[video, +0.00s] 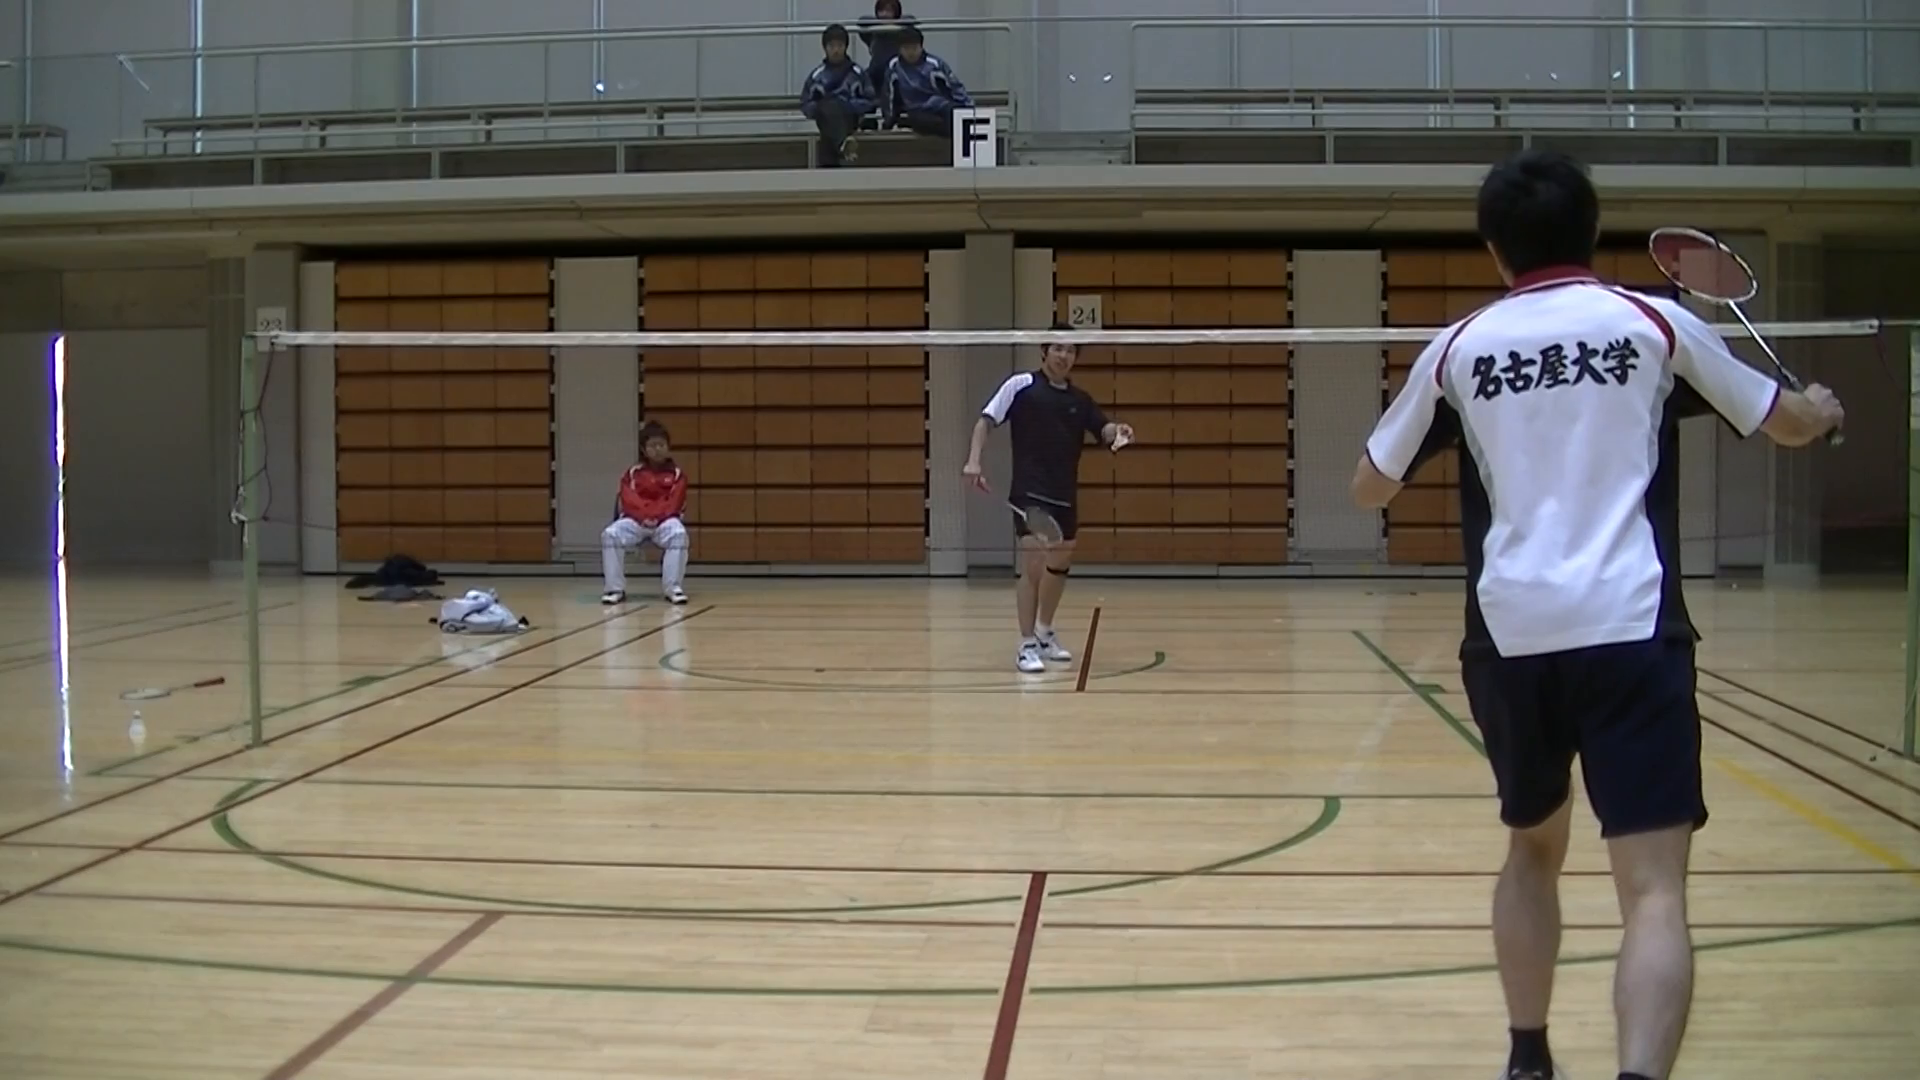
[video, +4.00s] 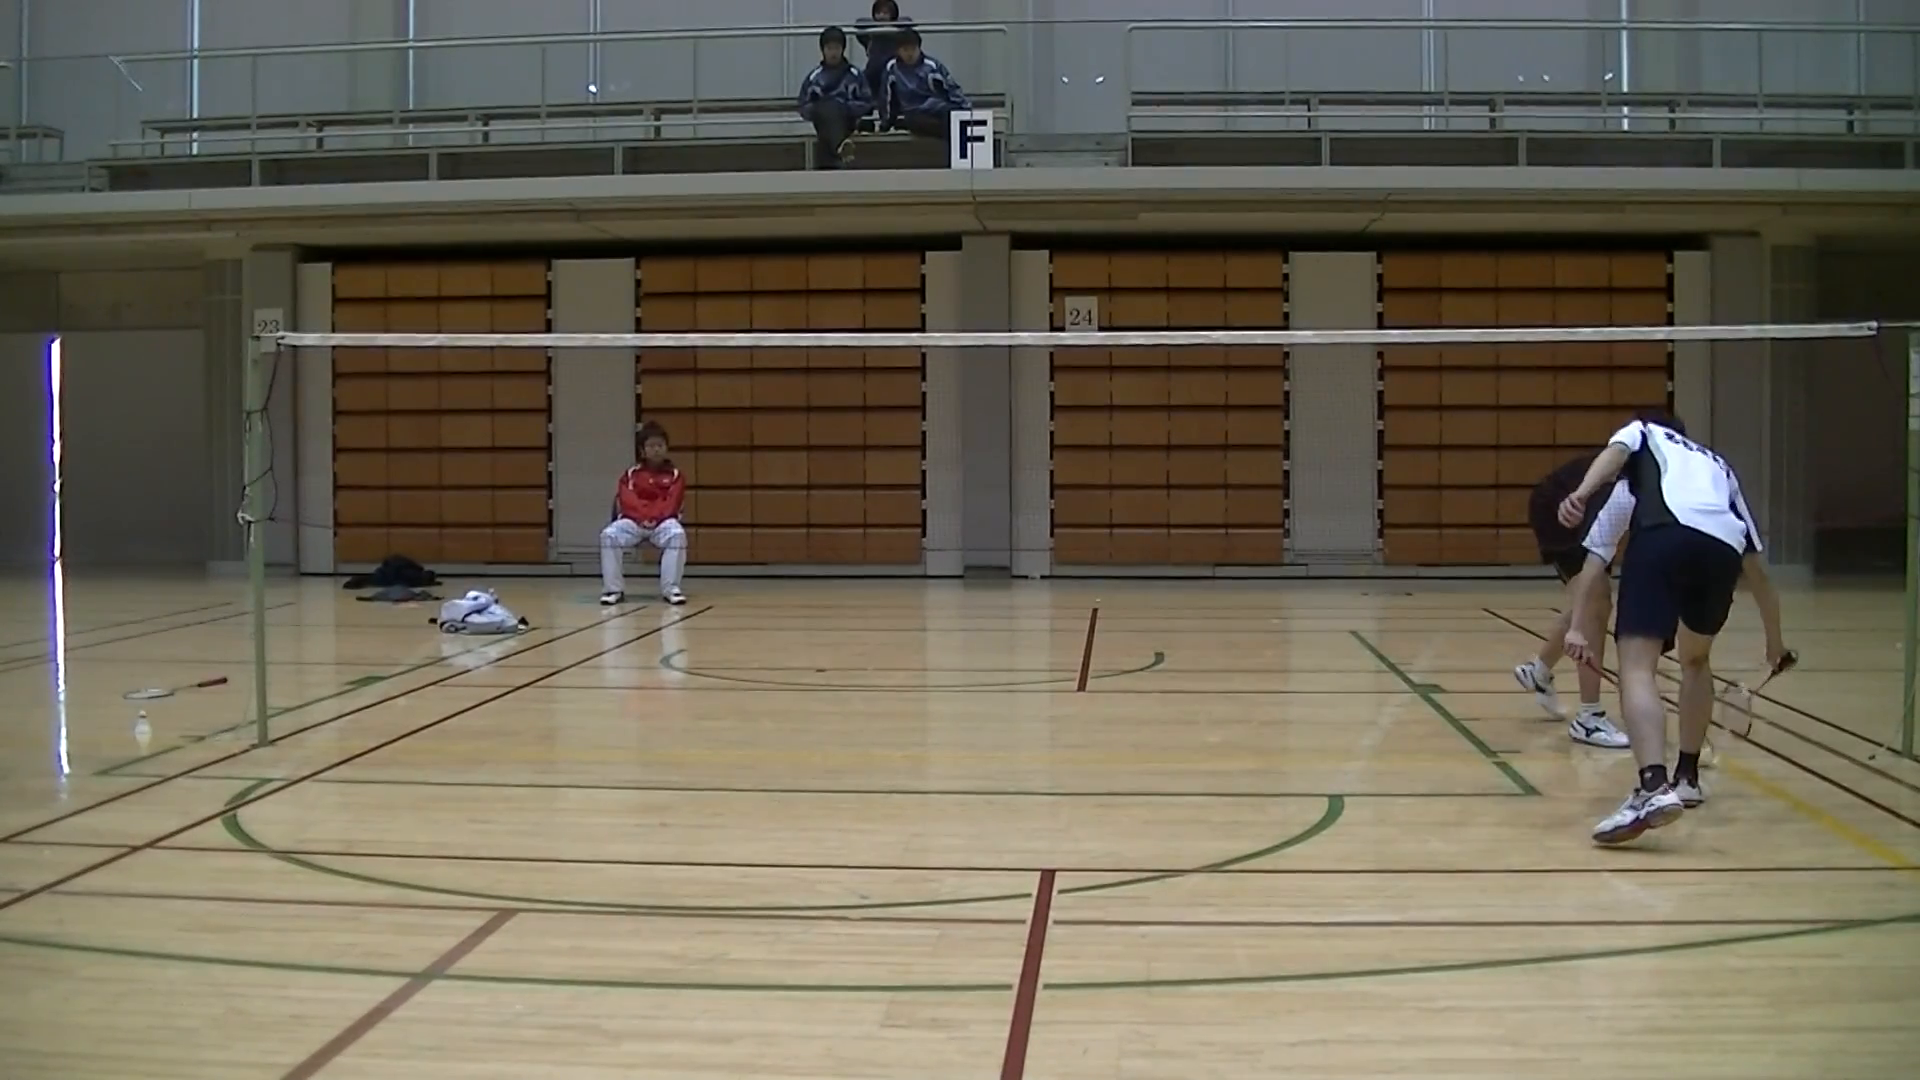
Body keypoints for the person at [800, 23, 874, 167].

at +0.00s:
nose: (836, 50)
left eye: (840, 45)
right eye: (831, 46)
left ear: (846, 47)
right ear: (825, 48)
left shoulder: (858, 73)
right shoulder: (816, 75)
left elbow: (870, 102)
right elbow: (806, 106)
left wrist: (846, 105)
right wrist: (822, 106)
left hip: (851, 117)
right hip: (823, 118)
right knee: (830, 104)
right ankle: (842, 143)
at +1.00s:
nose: (835, 50)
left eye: (839, 45)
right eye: (830, 45)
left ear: (845, 46)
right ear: (824, 47)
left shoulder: (857, 73)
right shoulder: (815, 75)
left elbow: (868, 102)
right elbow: (805, 107)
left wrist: (843, 104)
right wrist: (823, 105)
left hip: (850, 119)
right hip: (823, 119)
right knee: (830, 104)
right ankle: (841, 143)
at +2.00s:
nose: (851, 50)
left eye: (855, 45)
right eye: (847, 45)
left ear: (861, 47)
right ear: (840, 47)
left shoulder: (875, 76)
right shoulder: (830, 77)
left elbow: (886, 102)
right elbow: (822, 104)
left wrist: (862, 105)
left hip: (869, 119)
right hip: (840, 119)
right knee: (850, 106)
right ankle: (861, 144)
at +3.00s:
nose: (832, 54)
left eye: (836, 49)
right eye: (828, 49)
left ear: (842, 50)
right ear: (821, 51)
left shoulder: (854, 76)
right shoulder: (812, 78)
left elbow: (867, 104)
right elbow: (802, 107)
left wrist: (842, 109)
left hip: (848, 121)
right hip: (820, 121)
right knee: (831, 108)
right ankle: (839, 146)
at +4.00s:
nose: (833, 52)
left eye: (837, 48)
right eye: (829, 48)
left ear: (843, 49)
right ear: (822, 50)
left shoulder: (855, 74)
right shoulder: (813, 76)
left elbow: (867, 103)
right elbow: (804, 107)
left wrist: (843, 108)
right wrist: (823, 109)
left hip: (847, 119)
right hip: (820, 119)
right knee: (830, 106)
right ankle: (840, 145)